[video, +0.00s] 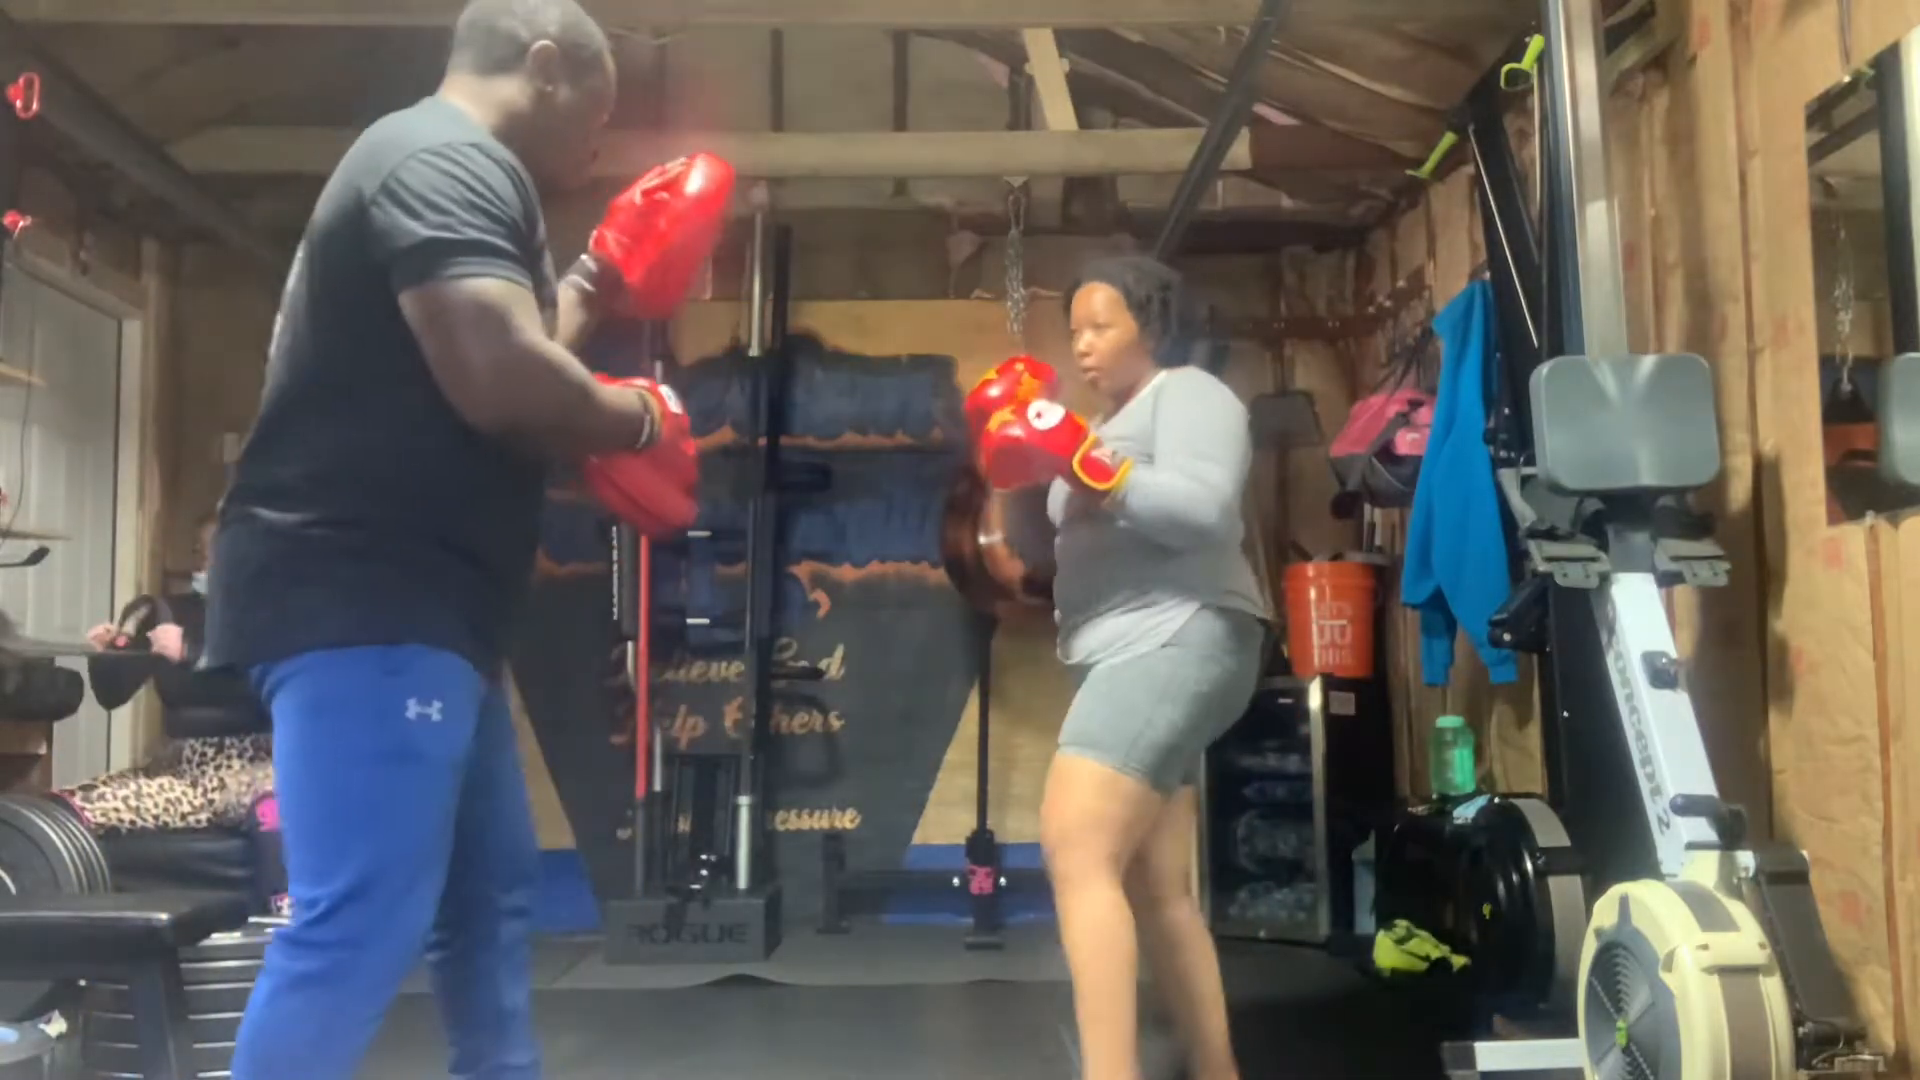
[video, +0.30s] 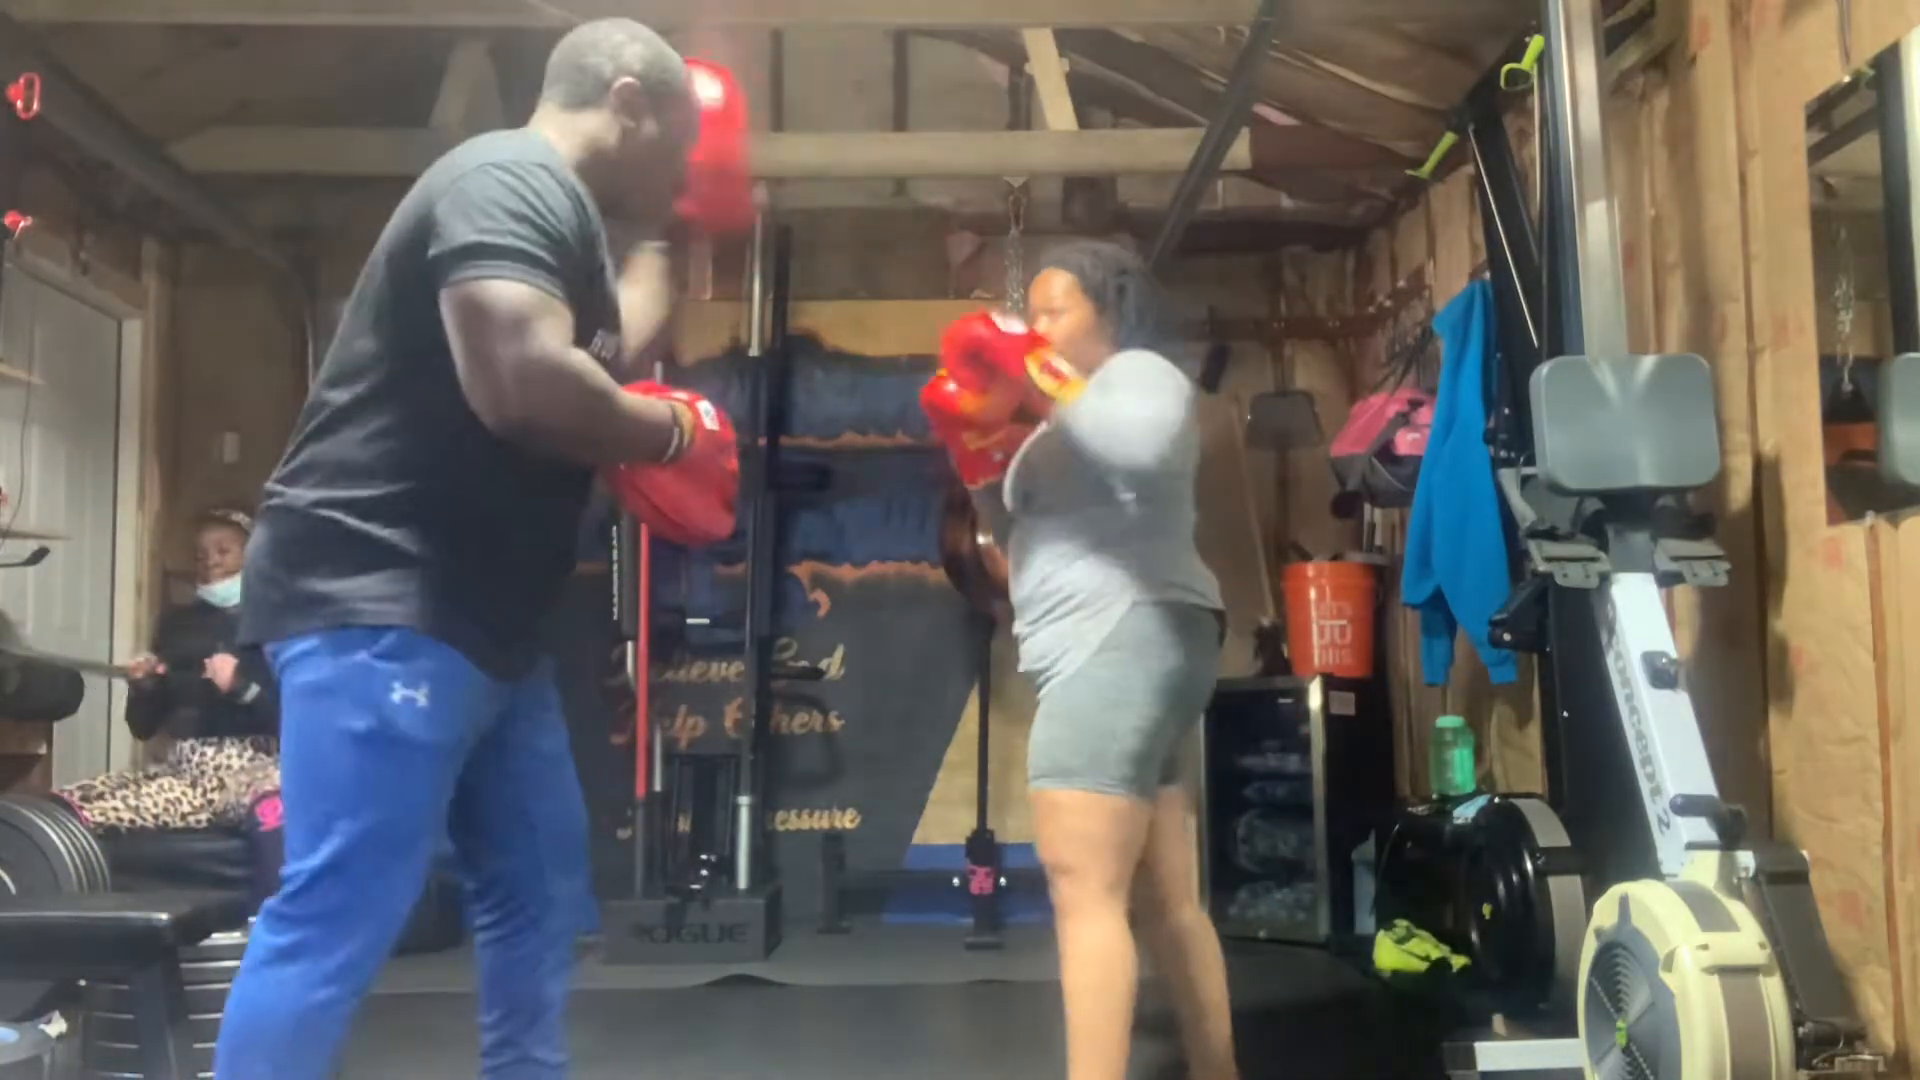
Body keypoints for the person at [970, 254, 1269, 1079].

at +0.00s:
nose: (1080, 346)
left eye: (1098, 328)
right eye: (1076, 331)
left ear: (1151, 329)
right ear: (1076, 340)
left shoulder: (1193, 394)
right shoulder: (1085, 428)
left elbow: (1204, 502)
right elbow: (1032, 548)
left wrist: (1097, 470)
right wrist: (1014, 453)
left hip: (1186, 629)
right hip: (1119, 646)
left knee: (1078, 836)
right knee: (1160, 888)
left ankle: (1108, 1073)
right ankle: (1217, 1072)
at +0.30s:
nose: (1038, 330)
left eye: (1054, 313)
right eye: (1033, 317)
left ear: (1106, 312)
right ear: (1031, 330)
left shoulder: (1142, 374)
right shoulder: (1040, 419)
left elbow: (1143, 447)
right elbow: (1016, 548)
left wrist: (1052, 387)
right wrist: (981, 456)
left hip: (1133, 627)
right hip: (1101, 636)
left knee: (1085, 888)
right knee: (1169, 900)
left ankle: (1093, 1075)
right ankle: (1216, 1071)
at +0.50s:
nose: (972, 337)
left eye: (989, 317)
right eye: (967, 321)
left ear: (1049, 312)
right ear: (968, 332)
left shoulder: (1089, 363)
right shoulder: (983, 421)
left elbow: (1091, 415)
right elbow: (948, 536)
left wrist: (971, 384)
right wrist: (904, 471)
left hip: (1128, 629)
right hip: (1063, 656)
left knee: (1058, 874)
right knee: (1156, 906)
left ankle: (1088, 1074)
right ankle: (1218, 1073)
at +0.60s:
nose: (926, 357)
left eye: (942, 338)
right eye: (923, 340)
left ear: (999, 333)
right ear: (937, 345)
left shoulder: (1053, 391)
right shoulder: (948, 442)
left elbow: (1116, 491)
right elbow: (939, 571)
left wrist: (993, 496)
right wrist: (867, 576)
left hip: (1113, 649)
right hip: (1035, 678)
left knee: (1028, 879)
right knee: (1050, 888)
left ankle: (1078, 1073)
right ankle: (1186, 1041)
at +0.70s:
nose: (879, 395)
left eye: (894, 374)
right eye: (875, 379)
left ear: (955, 367)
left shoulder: (1018, 430)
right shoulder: (912, 482)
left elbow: (1129, 536)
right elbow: (914, 613)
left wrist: (1010, 557)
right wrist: (849, 581)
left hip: (1088, 685)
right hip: (984, 703)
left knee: (997, 897)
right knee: (926, 882)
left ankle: (1068, 1071)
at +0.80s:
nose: (843, 424)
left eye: (860, 401)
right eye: (837, 408)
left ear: (911, 398)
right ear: (841, 421)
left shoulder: (987, 456)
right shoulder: (867, 505)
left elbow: (1093, 556)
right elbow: (897, 626)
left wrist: (986, 549)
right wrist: (845, 610)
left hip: (1048, 712)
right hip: (935, 723)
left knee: (968, 918)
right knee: (853, 891)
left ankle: (1059, 1070)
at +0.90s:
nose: (812, 450)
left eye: (825, 429)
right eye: (807, 436)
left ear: (873, 421)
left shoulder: (957, 494)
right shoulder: (843, 508)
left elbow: (889, 599)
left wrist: (797, 598)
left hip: (996, 732)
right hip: (879, 742)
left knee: (947, 933)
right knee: (790, 917)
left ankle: (1052, 1073)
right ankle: (698, 1066)